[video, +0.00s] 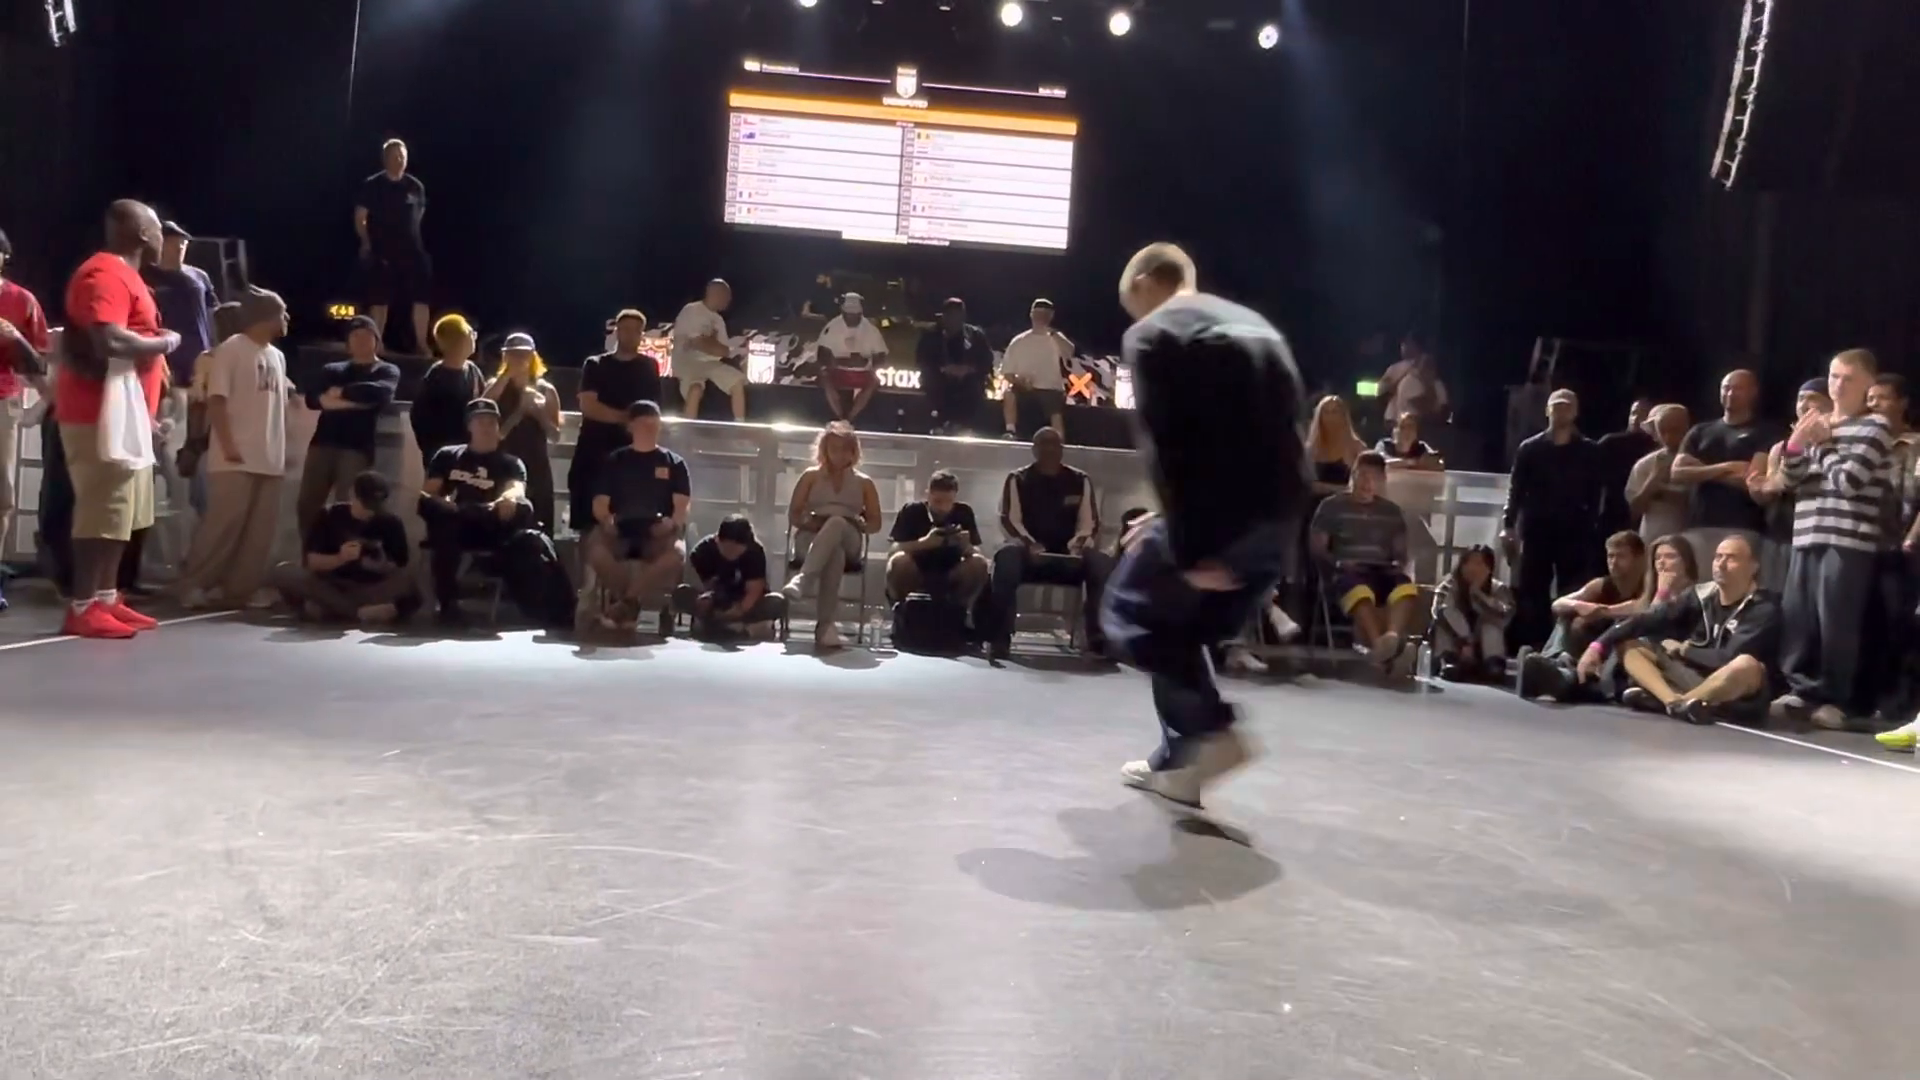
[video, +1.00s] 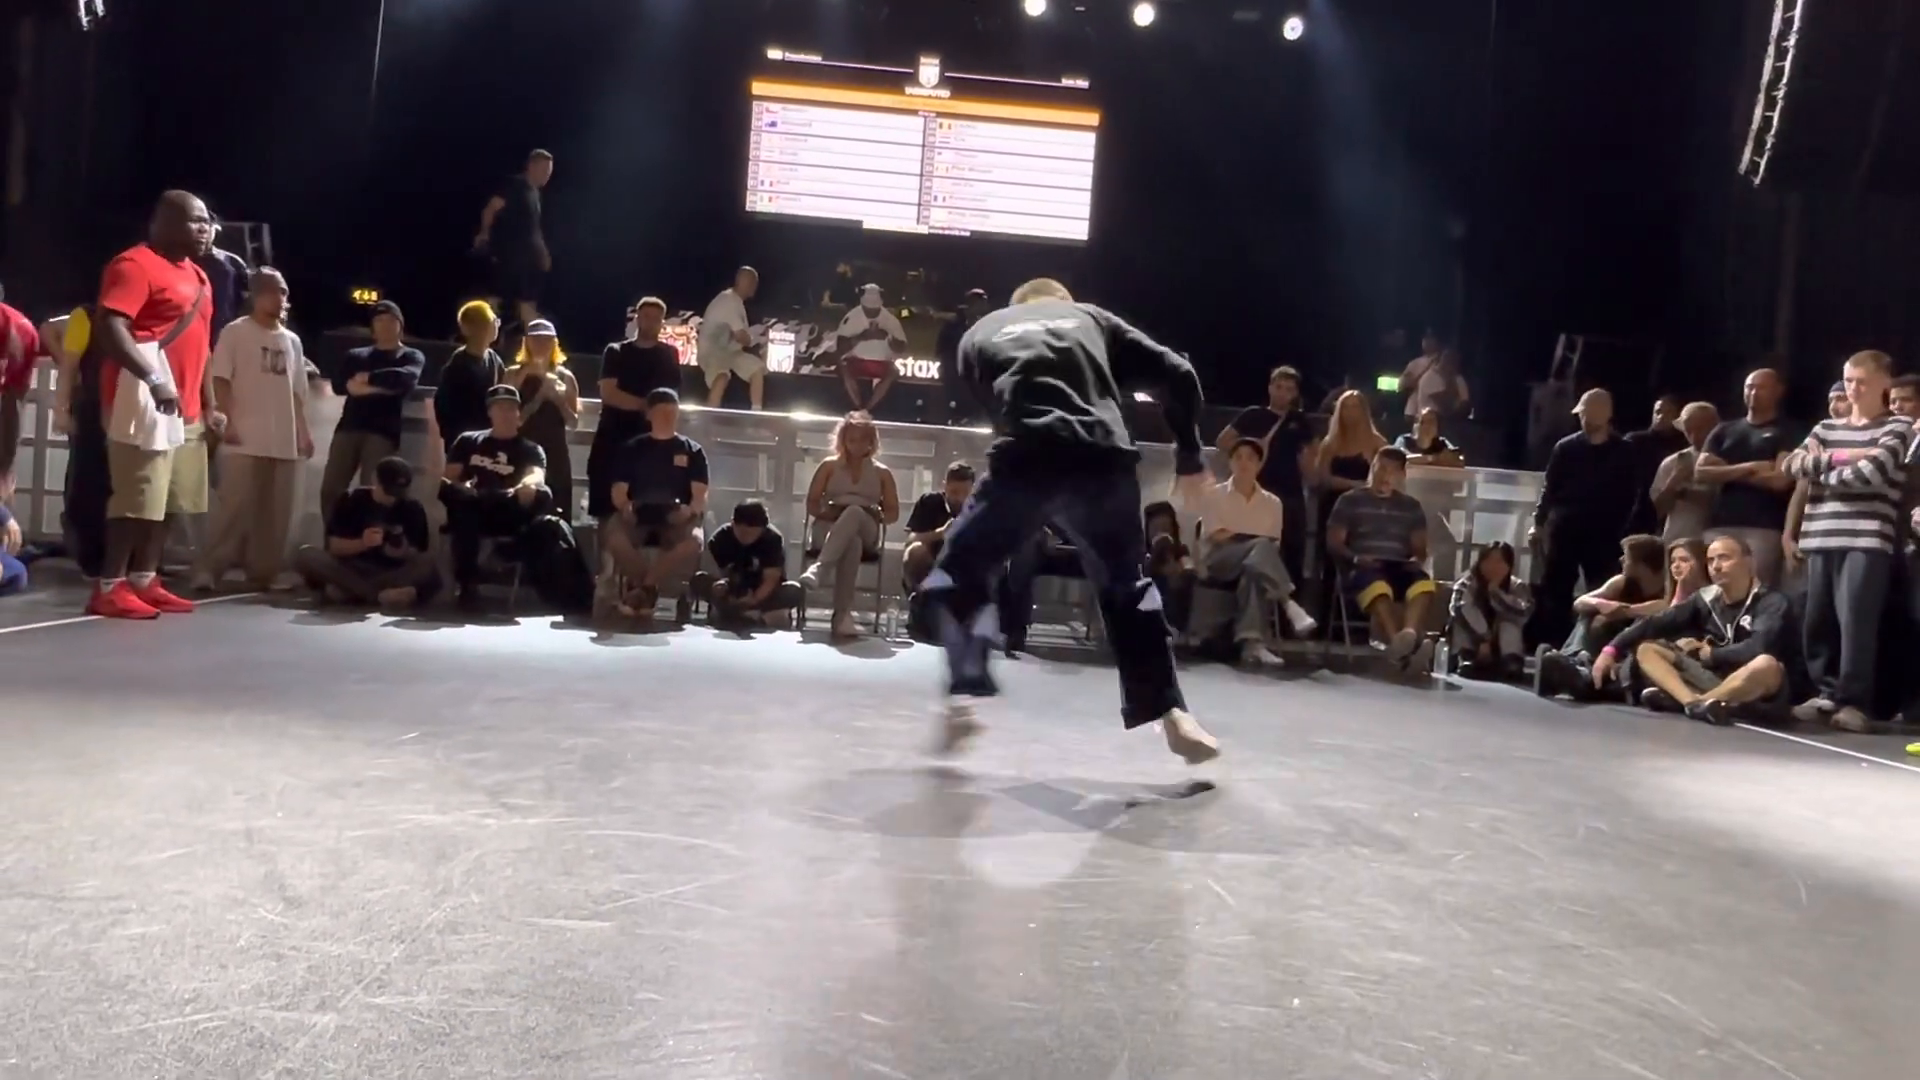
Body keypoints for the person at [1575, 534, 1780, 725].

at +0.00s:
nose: (1719, 564)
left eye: (1730, 559)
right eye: (1717, 558)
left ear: (1753, 568)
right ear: (1713, 562)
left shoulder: (1765, 608)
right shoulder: (1701, 594)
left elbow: (1727, 659)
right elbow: (1651, 620)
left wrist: (1681, 649)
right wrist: (1599, 646)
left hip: (1739, 695)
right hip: (1696, 681)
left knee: (1747, 666)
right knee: (1630, 648)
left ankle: (1681, 703)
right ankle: (1673, 703)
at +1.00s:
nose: (1715, 567)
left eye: (1724, 559)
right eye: (1711, 561)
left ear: (1748, 562)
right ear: (1707, 567)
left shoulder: (1772, 602)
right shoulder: (1705, 598)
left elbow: (1758, 648)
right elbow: (1659, 623)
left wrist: (1710, 654)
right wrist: (1612, 651)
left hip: (1762, 692)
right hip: (1716, 682)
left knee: (1766, 665)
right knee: (1646, 650)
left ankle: (1696, 703)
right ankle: (1694, 704)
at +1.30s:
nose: (1721, 562)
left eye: (1730, 555)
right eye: (1716, 557)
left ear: (1753, 559)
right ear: (1712, 563)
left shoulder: (1778, 600)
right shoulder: (1709, 596)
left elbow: (1792, 642)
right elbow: (1662, 620)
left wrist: (1735, 655)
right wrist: (1616, 647)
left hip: (1764, 685)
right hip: (1719, 679)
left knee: (1773, 662)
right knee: (1650, 647)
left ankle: (1705, 699)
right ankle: (1700, 700)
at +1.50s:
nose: (1725, 560)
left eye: (1734, 553)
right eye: (1721, 555)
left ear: (1757, 558)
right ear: (1717, 562)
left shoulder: (1781, 598)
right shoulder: (1712, 596)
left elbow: (1812, 633)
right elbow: (1666, 620)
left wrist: (1757, 642)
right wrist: (1620, 646)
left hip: (1770, 689)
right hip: (1724, 678)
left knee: (1775, 661)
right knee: (1654, 647)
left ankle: (1704, 700)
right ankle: (1704, 699)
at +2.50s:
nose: (1761, 557)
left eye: (1766, 549)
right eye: (1751, 551)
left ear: (1773, 555)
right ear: (1736, 561)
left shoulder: (1794, 594)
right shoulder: (1724, 592)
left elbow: (1795, 631)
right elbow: (1677, 615)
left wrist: (1767, 654)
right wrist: (1635, 640)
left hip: (1775, 671)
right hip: (1731, 669)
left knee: (1792, 663)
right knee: (1666, 642)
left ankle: (1717, 695)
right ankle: (1712, 696)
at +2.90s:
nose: (1762, 559)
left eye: (1765, 552)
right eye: (1752, 554)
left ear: (1771, 553)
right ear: (1732, 562)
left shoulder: (1793, 590)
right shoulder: (1721, 591)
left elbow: (1795, 628)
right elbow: (1671, 614)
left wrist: (1754, 656)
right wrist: (1658, 633)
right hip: (1729, 667)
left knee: (1793, 661)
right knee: (1663, 643)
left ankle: (1718, 694)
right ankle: (1714, 694)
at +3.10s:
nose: (1758, 558)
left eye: (1762, 550)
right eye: (1748, 552)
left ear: (1770, 554)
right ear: (1732, 561)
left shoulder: (1792, 593)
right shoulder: (1722, 591)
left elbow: (1768, 633)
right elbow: (1669, 616)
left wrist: (1717, 655)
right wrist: (1685, 638)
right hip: (1728, 674)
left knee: (1789, 659)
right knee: (1658, 637)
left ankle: (1717, 694)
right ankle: (1713, 694)